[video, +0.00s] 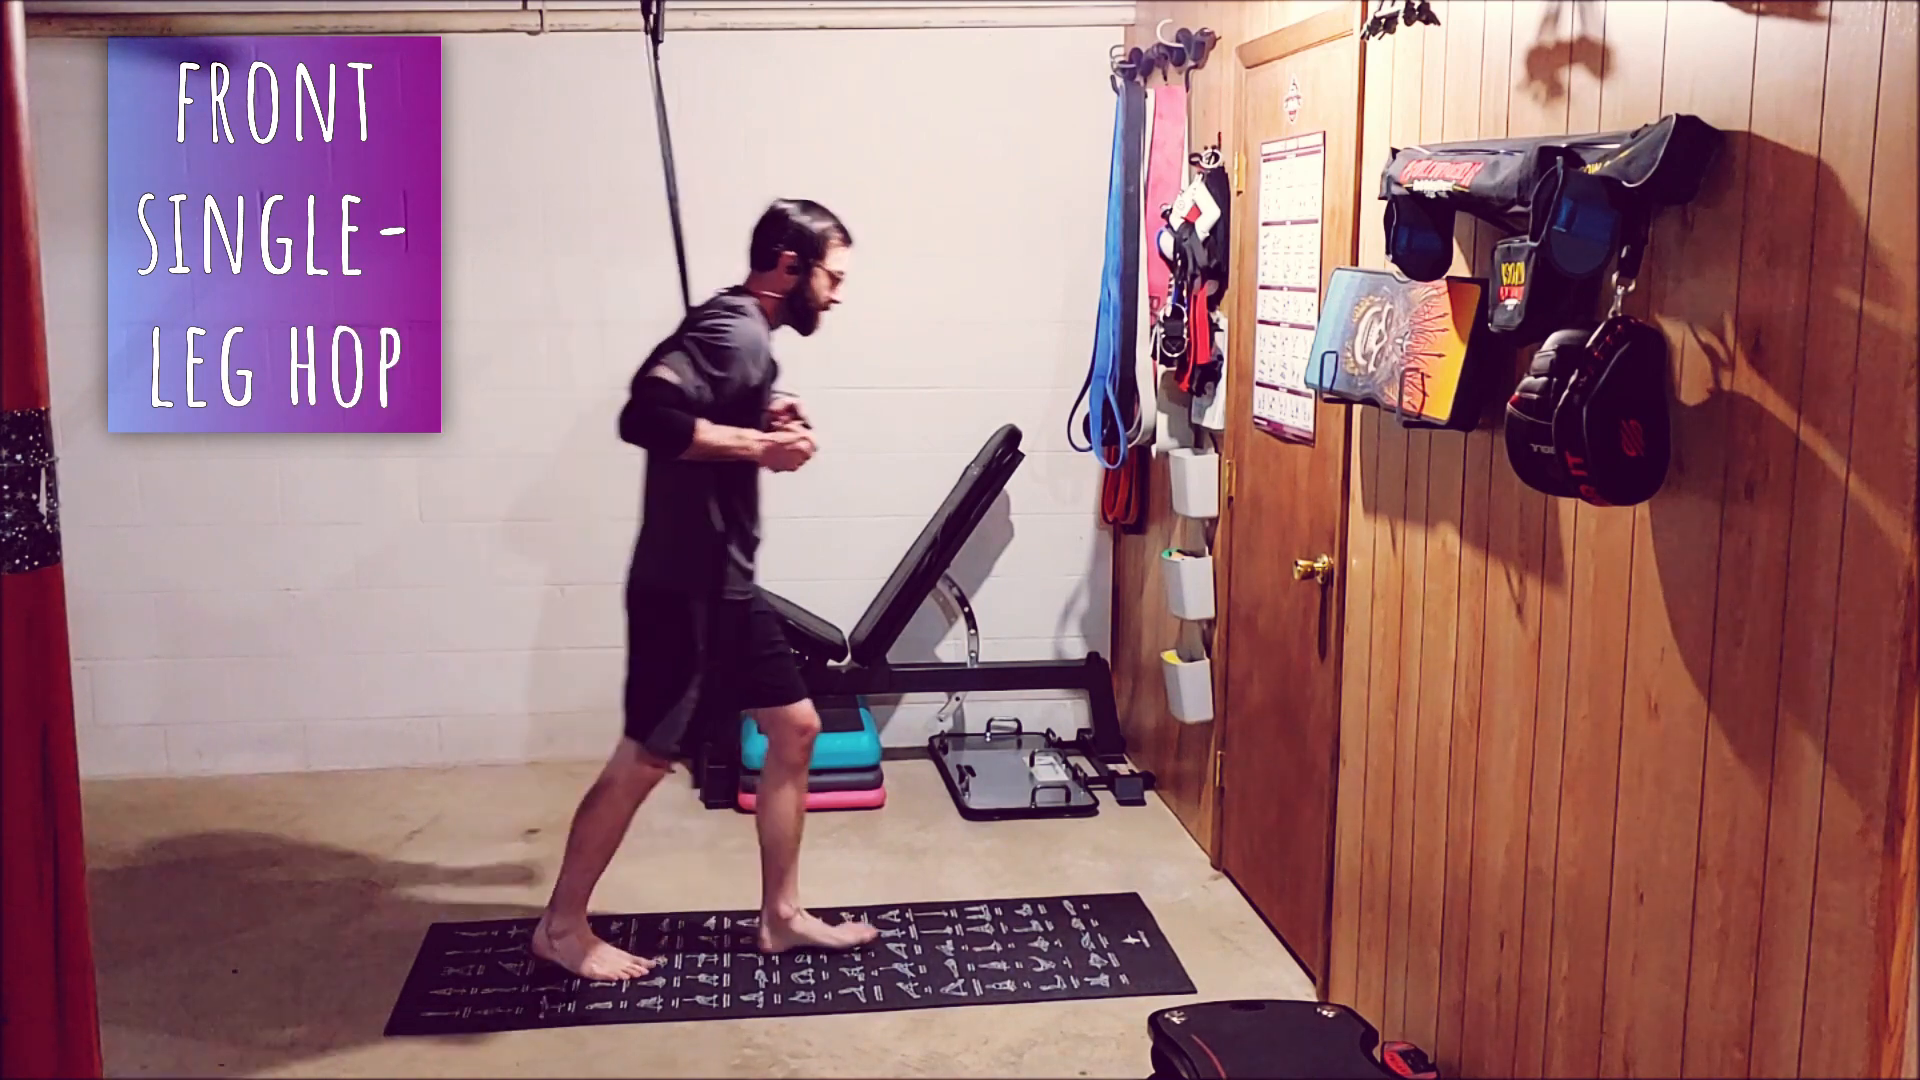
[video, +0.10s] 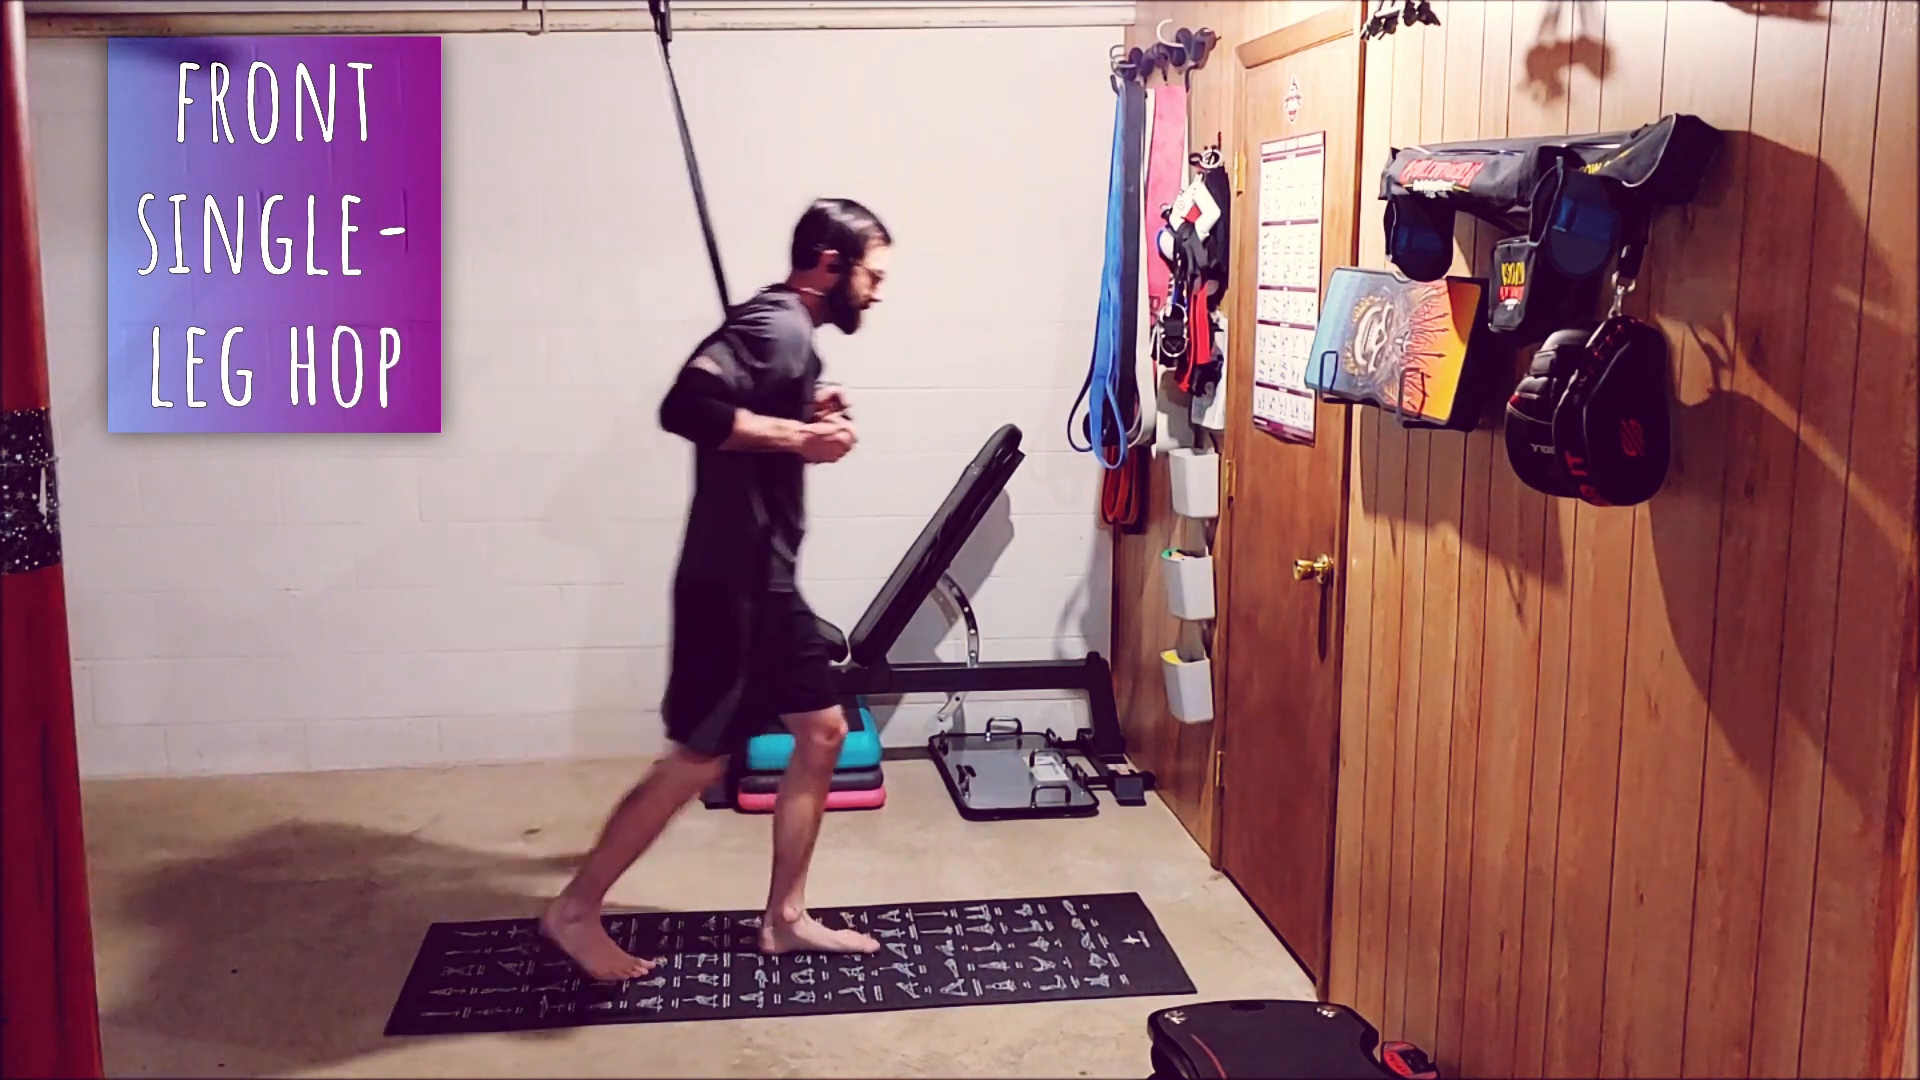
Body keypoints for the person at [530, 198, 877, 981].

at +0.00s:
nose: (837, 295)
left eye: (840, 280)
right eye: (833, 278)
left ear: (785, 267)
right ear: (787, 266)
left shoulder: (750, 331)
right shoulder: (729, 326)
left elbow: (703, 417)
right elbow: (644, 416)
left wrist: (772, 414)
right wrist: (759, 444)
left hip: (727, 581)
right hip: (684, 582)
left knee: (795, 727)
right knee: (645, 757)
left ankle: (784, 914)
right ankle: (561, 928)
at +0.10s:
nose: (880, 289)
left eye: (882, 275)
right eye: (873, 273)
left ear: (825, 267)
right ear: (827, 266)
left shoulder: (793, 332)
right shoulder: (771, 322)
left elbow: (741, 413)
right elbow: (686, 406)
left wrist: (813, 411)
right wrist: (798, 436)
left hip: (768, 577)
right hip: (728, 577)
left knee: (823, 728)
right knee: (702, 755)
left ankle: (787, 915)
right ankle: (574, 910)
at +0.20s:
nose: (922, 280)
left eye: (924, 265)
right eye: (915, 264)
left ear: (866, 257)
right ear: (870, 256)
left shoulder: (838, 326)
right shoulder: (814, 316)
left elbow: (786, 411)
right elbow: (727, 396)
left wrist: (855, 400)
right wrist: (838, 425)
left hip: (811, 572)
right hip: (780, 574)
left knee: (840, 739)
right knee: (814, 763)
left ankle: (789, 914)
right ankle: (636, 872)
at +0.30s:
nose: (957, 279)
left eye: (961, 265)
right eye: (953, 262)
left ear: (907, 252)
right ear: (908, 251)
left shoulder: (875, 316)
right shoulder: (854, 304)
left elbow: (811, 402)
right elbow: (762, 388)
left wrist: (888, 388)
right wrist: (878, 408)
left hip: (844, 561)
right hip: (827, 564)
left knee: (854, 740)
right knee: (931, 723)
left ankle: (789, 914)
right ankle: (744, 793)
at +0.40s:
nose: (986, 275)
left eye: (991, 260)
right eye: (984, 257)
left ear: (936, 241)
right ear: (940, 240)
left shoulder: (905, 300)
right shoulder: (887, 293)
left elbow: (840, 378)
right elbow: (800, 371)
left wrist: (928, 370)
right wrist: (911, 391)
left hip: (867, 545)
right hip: (866, 549)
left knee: (863, 729)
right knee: (1025, 648)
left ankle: (793, 905)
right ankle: (875, 696)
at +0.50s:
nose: (1010, 271)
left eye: (1016, 257)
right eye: (1010, 253)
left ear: (960, 226)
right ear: (972, 228)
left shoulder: (905, 274)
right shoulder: (926, 281)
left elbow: (836, 348)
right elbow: (843, 356)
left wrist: (951, 349)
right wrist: (952, 371)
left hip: (878, 523)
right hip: (913, 520)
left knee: (879, 715)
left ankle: (803, 890)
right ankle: (944, 636)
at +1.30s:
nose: (980, 287)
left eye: (986, 274)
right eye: (980, 269)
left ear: (932, 246)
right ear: (939, 245)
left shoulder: (888, 296)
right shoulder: (886, 297)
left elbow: (816, 378)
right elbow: (801, 376)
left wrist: (920, 379)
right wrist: (909, 391)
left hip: (849, 541)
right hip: (879, 538)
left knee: (832, 731)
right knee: (1045, 609)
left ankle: (784, 915)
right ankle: (883, 716)